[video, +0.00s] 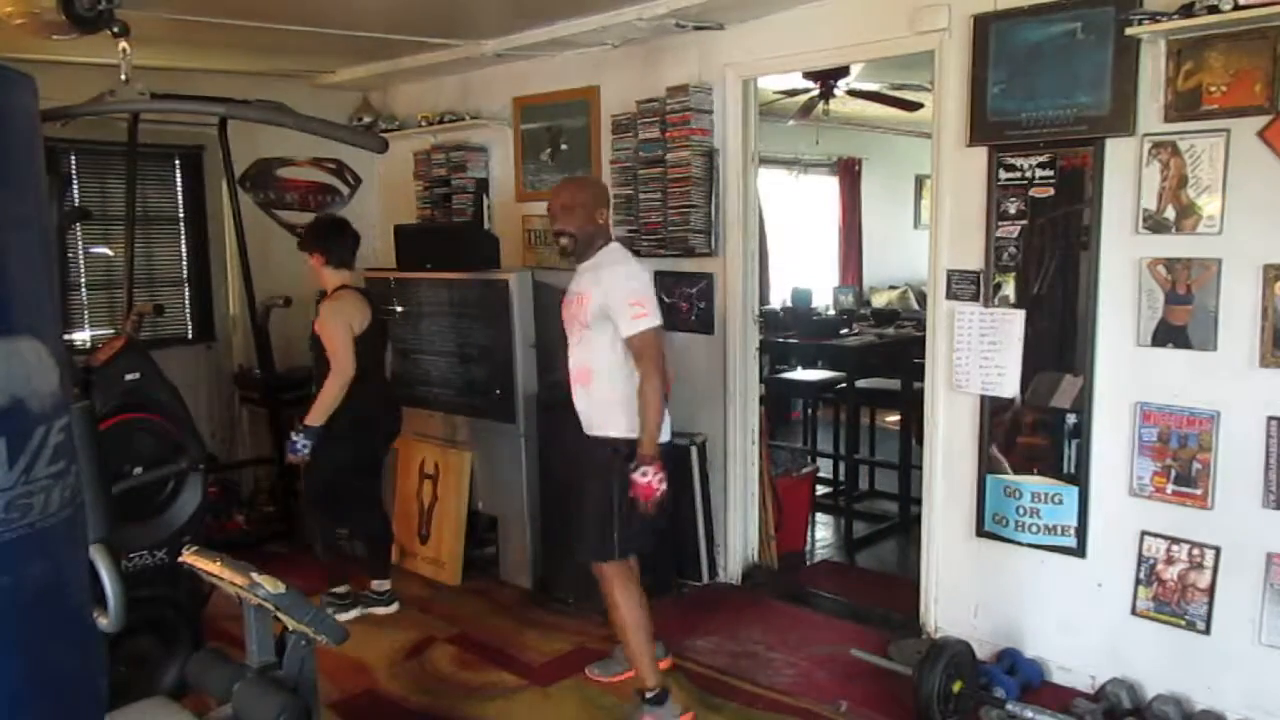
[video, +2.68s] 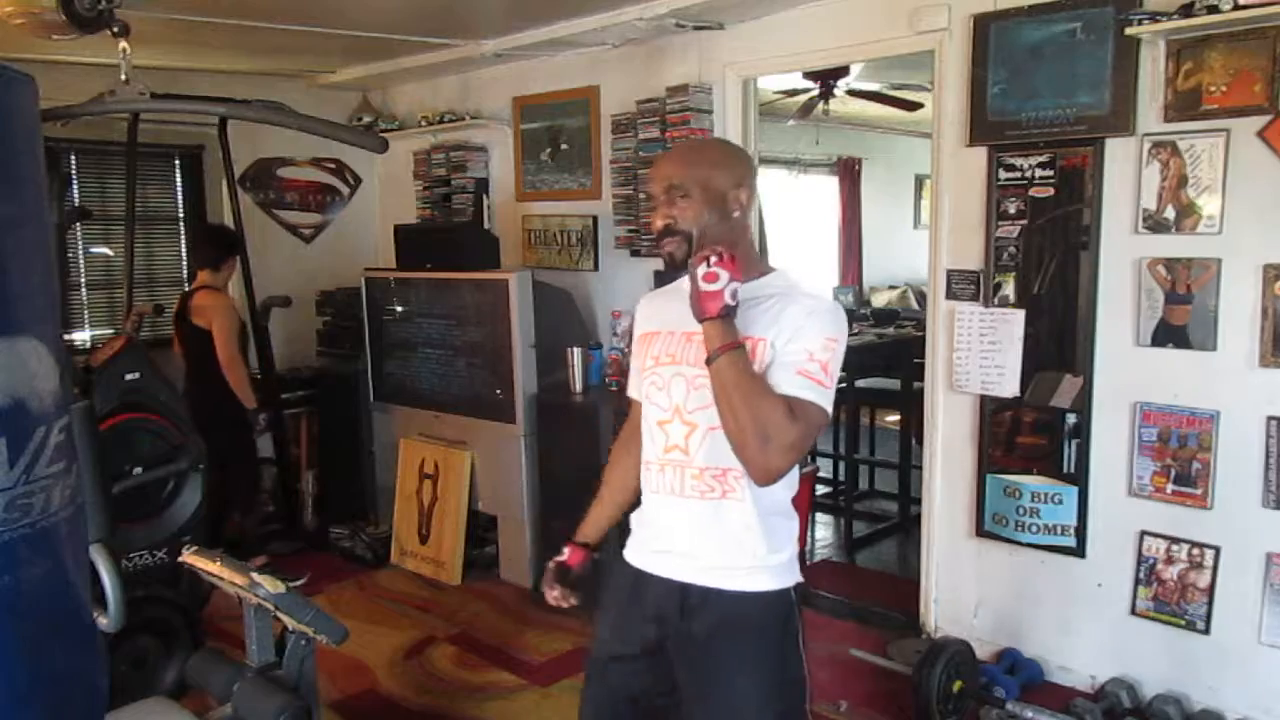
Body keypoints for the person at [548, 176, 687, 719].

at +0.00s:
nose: (555, 223)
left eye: (563, 212)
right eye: (553, 213)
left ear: (599, 215)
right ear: (573, 218)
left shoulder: (621, 272)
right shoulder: (589, 271)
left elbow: (653, 365)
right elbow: (613, 356)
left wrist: (648, 450)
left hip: (623, 443)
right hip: (599, 438)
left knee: (611, 563)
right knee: (611, 556)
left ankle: (657, 697)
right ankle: (639, 646)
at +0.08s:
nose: (557, 220)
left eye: (566, 209)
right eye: (553, 212)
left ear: (598, 211)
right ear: (560, 219)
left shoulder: (629, 267)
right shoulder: (580, 272)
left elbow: (668, 355)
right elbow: (599, 348)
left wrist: (669, 441)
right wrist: (582, 411)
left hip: (629, 432)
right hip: (596, 430)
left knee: (612, 551)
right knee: (606, 547)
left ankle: (675, 670)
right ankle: (639, 642)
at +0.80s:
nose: (635, 230)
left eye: (648, 219)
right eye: (625, 218)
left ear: (668, 226)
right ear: (612, 224)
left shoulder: (695, 293)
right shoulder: (597, 292)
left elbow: (734, 378)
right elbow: (574, 370)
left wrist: (690, 430)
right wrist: (552, 430)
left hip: (678, 459)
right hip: (621, 457)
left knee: (688, 584)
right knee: (631, 557)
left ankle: (708, 701)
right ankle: (647, 648)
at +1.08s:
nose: (658, 217)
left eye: (670, 203)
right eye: (647, 208)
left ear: (699, 207)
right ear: (638, 218)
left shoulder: (743, 284)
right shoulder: (628, 285)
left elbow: (765, 379)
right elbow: (621, 357)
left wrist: (709, 353)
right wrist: (624, 404)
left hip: (710, 463)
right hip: (637, 457)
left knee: (714, 593)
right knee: (614, 575)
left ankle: (712, 706)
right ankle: (644, 644)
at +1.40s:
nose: (675, 223)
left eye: (686, 209)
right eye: (661, 215)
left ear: (711, 210)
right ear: (648, 225)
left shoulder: (752, 285)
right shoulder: (629, 290)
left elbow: (767, 380)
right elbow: (612, 382)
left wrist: (720, 301)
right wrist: (598, 475)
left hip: (723, 481)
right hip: (644, 478)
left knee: (720, 612)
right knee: (640, 617)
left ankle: (713, 708)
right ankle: (641, 714)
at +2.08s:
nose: (634, 220)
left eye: (646, 202)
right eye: (617, 210)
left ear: (675, 206)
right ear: (604, 223)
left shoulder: (727, 298)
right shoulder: (574, 308)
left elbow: (747, 408)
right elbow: (566, 433)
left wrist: (692, 303)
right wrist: (607, 536)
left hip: (710, 532)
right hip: (615, 537)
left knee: (738, 699)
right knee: (619, 697)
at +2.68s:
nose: (657, 218)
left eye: (676, 196)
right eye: (654, 202)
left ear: (739, 202)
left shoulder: (809, 315)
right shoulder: (655, 309)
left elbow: (769, 456)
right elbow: (638, 432)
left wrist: (716, 321)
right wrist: (583, 544)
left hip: (745, 598)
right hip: (641, 583)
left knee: (745, 709)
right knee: (608, 709)